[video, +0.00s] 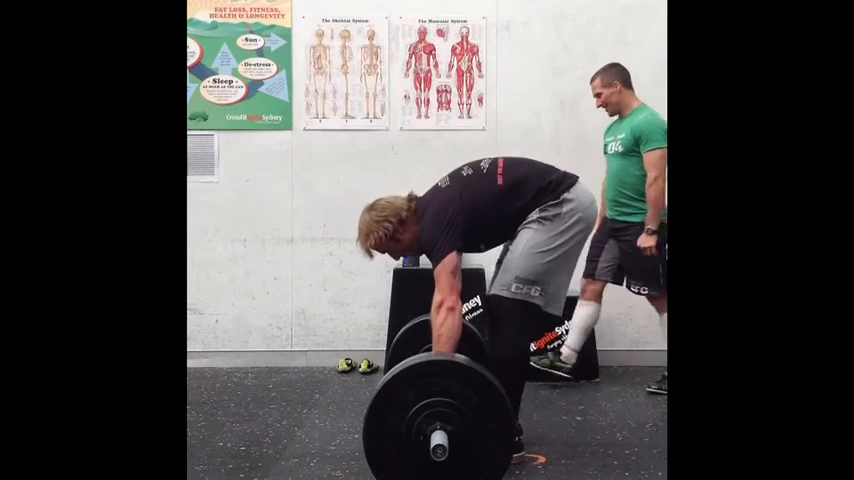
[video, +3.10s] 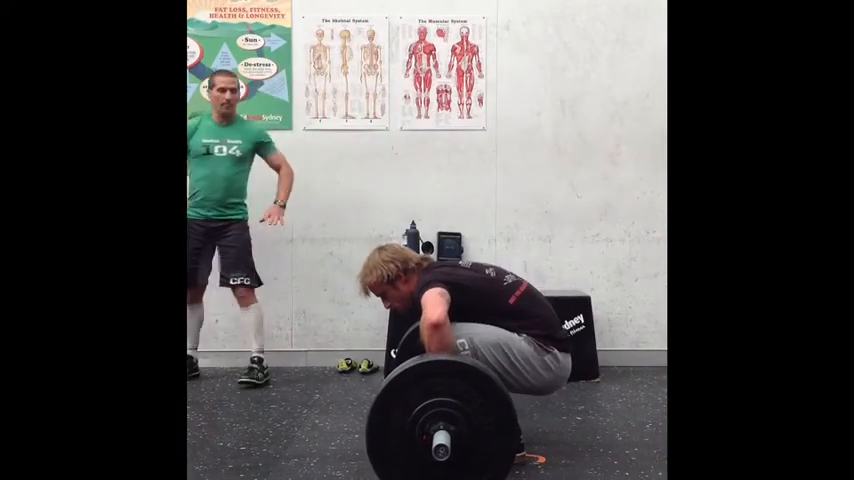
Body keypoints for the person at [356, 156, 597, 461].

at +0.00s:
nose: (395, 258)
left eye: (389, 250)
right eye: (388, 253)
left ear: (399, 229)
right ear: (401, 223)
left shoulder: (438, 219)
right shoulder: (432, 215)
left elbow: (448, 305)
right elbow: (446, 300)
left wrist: (437, 380)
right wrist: (438, 374)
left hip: (560, 205)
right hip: (549, 205)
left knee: (507, 307)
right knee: (502, 306)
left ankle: (504, 429)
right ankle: (500, 425)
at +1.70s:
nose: (387, 270)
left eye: (381, 262)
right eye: (380, 266)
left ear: (392, 240)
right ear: (394, 235)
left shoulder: (431, 233)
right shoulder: (427, 230)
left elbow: (444, 309)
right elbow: (434, 307)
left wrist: (435, 386)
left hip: (555, 230)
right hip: (553, 228)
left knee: (471, 316)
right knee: (471, 314)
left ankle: (502, 438)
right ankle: (496, 433)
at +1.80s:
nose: (382, 275)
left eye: (377, 267)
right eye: (376, 270)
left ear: (391, 246)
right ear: (393, 243)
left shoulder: (430, 242)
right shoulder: (426, 237)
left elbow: (441, 313)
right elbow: (433, 312)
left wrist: (437, 387)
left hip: (554, 252)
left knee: (463, 320)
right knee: (463, 322)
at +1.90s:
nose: (381, 284)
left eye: (377, 276)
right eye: (375, 279)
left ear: (391, 256)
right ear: (392, 252)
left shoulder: (429, 253)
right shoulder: (427, 246)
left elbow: (440, 315)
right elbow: (441, 313)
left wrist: (436, 388)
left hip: (553, 276)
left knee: (457, 323)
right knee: (452, 328)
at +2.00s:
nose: (381, 294)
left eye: (377, 286)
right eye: (375, 289)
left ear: (391, 267)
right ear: (393, 263)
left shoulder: (428, 262)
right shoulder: (427, 257)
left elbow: (439, 316)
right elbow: (441, 317)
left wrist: (438, 388)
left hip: (550, 303)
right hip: (547, 299)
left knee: (448, 332)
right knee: (442, 331)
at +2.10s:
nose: (380, 305)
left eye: (376, 296)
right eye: (374, 299)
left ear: (391, 276)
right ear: (394, 273)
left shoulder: (428, 273)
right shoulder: (432, 266)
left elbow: (436, 319)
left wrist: (438, 388)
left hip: (546, 328)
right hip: (544, 324)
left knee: (446, 334)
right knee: (436, 333)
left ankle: (495, 436)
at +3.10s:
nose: (387, 305)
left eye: (384, 296)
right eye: (381, 299)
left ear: (401, 279)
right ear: (403, 276)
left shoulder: (431, 278)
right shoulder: (440, 270)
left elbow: (435, 320)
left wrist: (440, 388)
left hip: (546, 357)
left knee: (444, 340)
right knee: (442, 339)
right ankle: (504, 437)